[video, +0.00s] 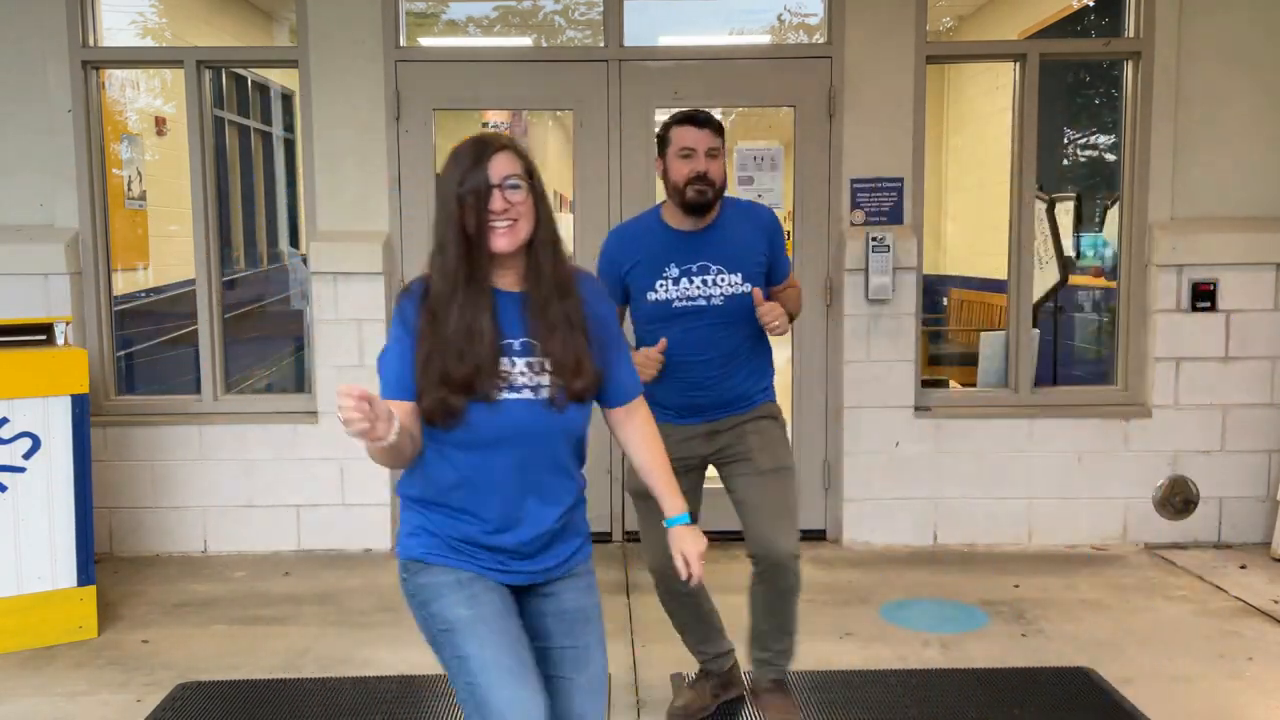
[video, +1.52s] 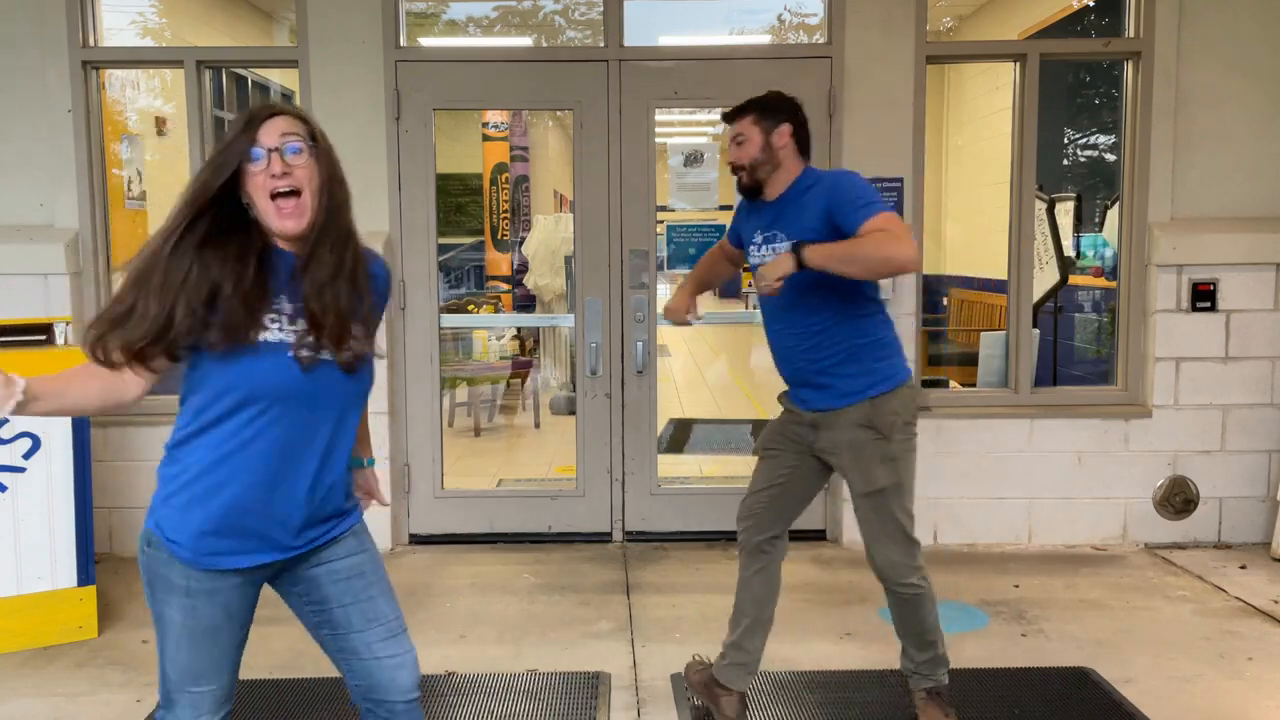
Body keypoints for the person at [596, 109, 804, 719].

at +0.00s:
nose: (702, 167)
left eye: (712, 155)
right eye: (686, 155)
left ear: (725, 164)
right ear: (662, 166)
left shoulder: (758, 225)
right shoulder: (625, 244)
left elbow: (789, 288)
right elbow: (595, 331)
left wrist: (781, 309)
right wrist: (625, 361)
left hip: (750, 420)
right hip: (663, 428)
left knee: (779, 551)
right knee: (666, 564)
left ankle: (771, 681)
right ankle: (719, 668)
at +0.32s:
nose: (799, 142)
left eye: (809, 129)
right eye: (783, 132)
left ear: (825, 136)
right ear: (761, 145)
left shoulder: (862, 199)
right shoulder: (726, 219)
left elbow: (920, 258)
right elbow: (661, 303)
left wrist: (918, 273)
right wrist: (702, 336)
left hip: (845, 414)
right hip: (754, 420)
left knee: (891, 556)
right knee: (726, 560)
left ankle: (922, 683)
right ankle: (719, 671)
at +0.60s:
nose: (893, 134)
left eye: (903, 121)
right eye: (877, 125)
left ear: (920, 131)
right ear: (853, 140)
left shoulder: (941, 208)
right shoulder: (814, 210)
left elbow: (938, 303)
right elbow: (761, 300)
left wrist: (973, 287)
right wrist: (827, 313)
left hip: (918, 412)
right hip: (832, 415)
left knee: (935, 561)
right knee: (818, 554)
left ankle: (923, 687)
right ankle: (753, 647)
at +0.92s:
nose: (918, 127)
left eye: (930, 114)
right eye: (902, 117)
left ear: (948, 122)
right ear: (881, 130)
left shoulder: (968, 198)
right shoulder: (839, 190)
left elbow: (1006, 280)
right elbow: (766, 273)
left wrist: (1059, 263)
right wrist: (807, 250)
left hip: (935, 400)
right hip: (856, 404)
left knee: (940, 554)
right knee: (882, 552)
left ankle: (926, 685)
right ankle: (876, 686)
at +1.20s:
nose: (876, 141)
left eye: (890, 126)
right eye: (864, 131)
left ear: (921, 129)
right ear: (854, 140)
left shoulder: (963, 205)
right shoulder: (824, 204)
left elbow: (973, 283)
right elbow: (786, 283)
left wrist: (971, 294)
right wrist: (801, 341)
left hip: (929, 412)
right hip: (836, 411)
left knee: (945, 556)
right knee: (812, 543)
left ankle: (926, 684)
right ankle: (849, 652)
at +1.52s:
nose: (732, 155)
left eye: (741, 142)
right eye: (729, 145)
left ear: (783, 137)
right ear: (758, 146)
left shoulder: (837, 188)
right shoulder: (751, 211)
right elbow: (724, 259)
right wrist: (689, 290)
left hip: (873, 405)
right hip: (804, 409)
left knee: (895, 561)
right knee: (758, 532)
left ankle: (930, 687)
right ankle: (732, 682)